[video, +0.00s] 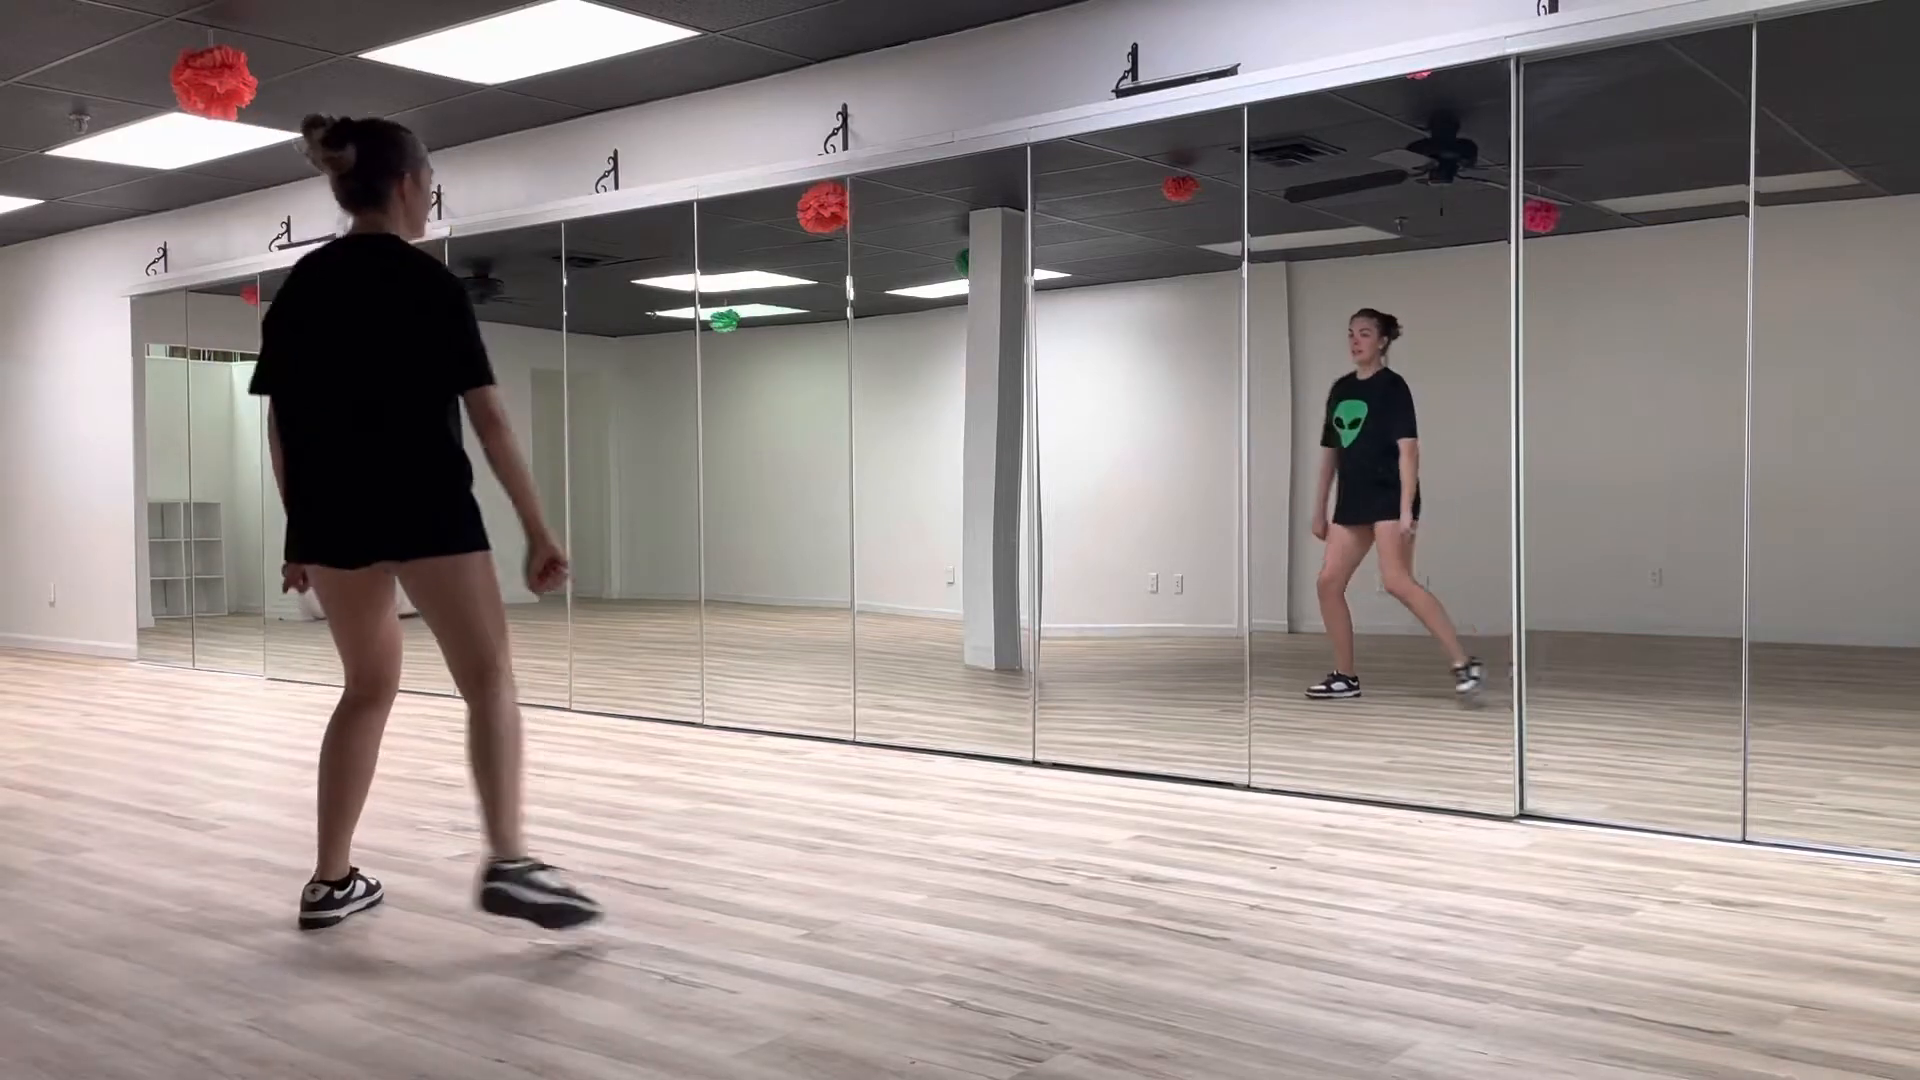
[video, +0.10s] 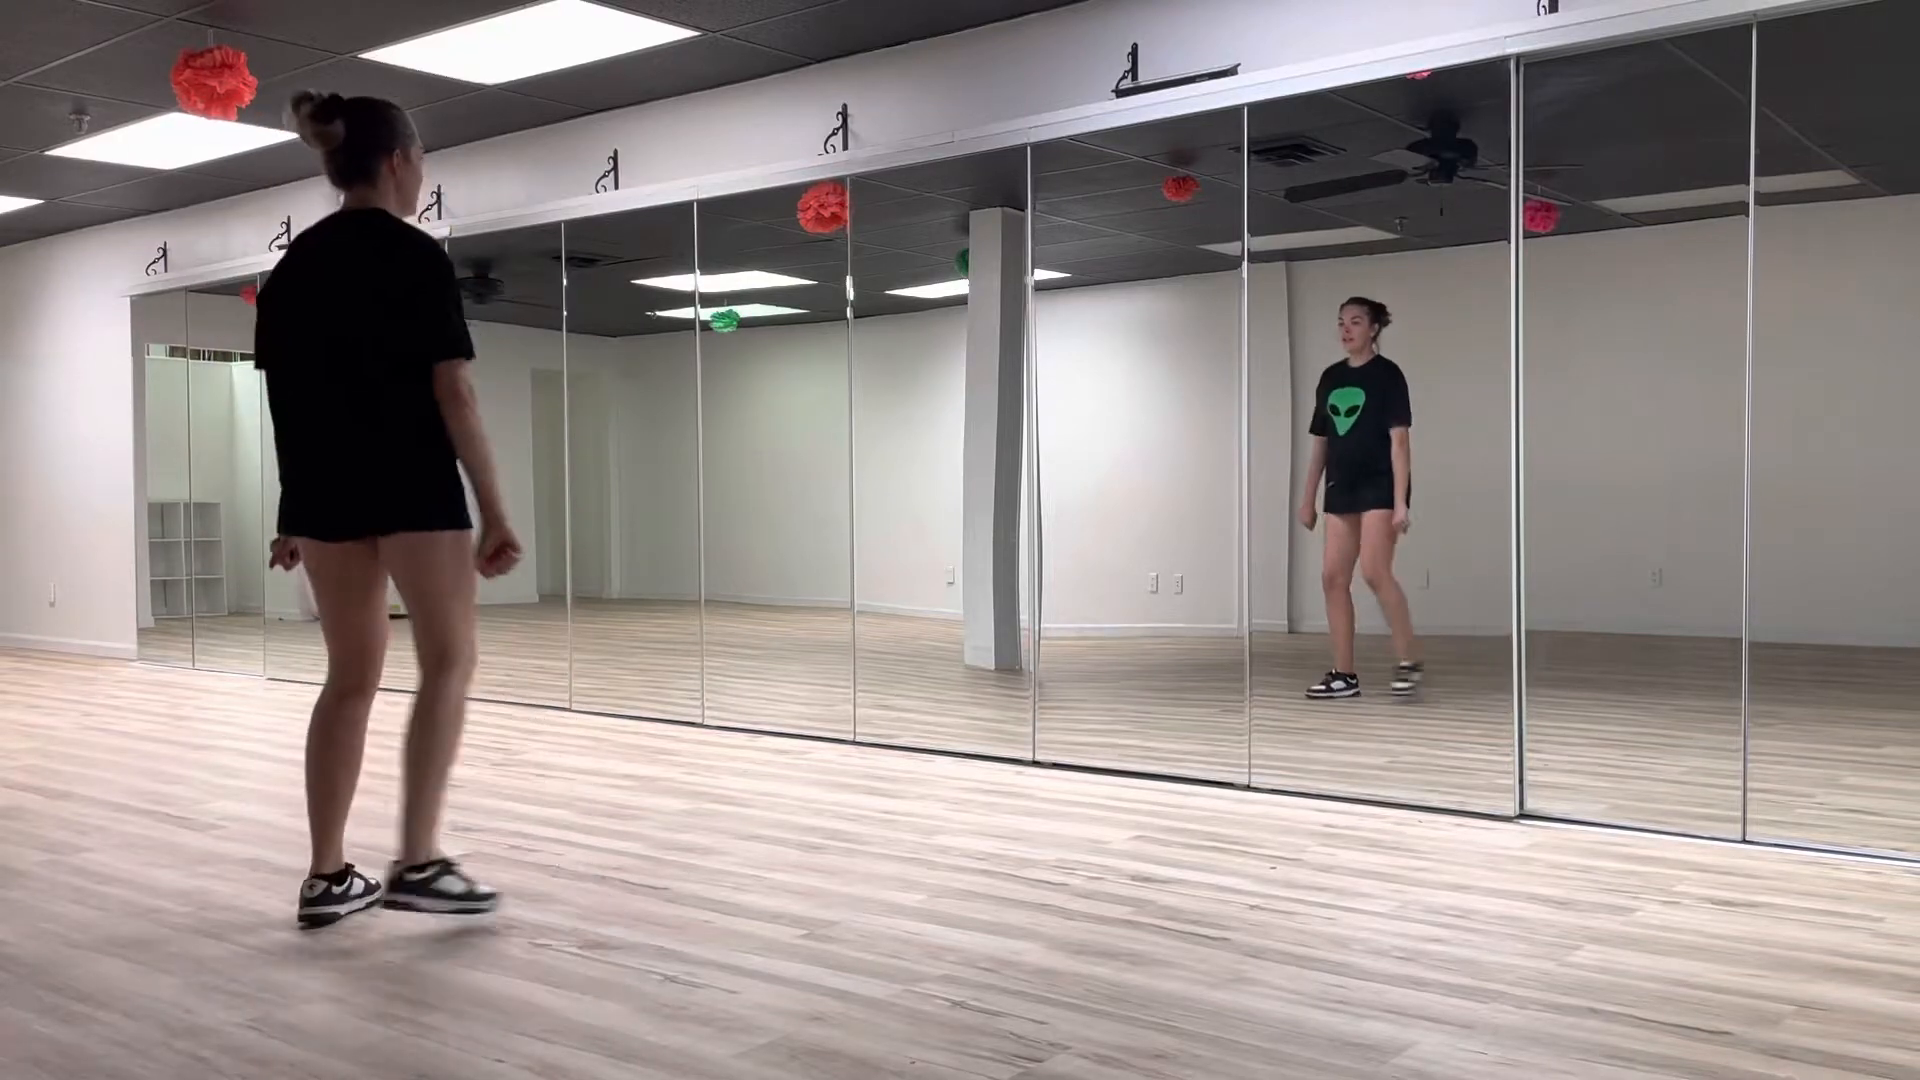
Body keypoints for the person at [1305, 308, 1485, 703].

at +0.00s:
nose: (1356, 341)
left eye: (1364, 335)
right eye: (1352, 335)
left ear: (1384, 341)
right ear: (1348, 340)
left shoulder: (1394, 387)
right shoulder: (1340, 389)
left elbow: (1408, 450)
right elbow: (1329, 455)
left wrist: (1407, 509)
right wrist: (1320, 510)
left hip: (1392, 500)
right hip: (1353, 502)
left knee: (1397, 581)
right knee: (1328, 583)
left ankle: (1462, 664)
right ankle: (1344, 675)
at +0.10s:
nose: (1346, 329)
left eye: (1355, 322)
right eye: (1342, 323)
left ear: (1374, 328)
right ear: (1339, 329)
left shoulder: (1389, 375)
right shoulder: (1330, 377)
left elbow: (1399, 442)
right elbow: (1319, 444)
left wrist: (1401, 502)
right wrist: (1308, 498)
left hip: (1380, 488)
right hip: (1340, 489)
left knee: (1375, 573)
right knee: (1334, 579)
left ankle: (1408, 661)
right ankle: (1344, 674)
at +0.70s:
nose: (1334, 339)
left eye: (1343, 333)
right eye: (1328, 333)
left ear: (1358, 339)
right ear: (1321, 340)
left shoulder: (1377, 387)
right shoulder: (1305, 385)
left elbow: (1407, 433)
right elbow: (1279, 434)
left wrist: (1441, 466)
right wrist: (1252, 458)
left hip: (1359, 500)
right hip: (1310, 498)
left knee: (1354, 582)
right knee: (1303, 583)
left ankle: (1355, 673)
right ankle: (1300, 662)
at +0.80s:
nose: (1328, 338)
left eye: (1337, 331)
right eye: (1321, 331)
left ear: (1351, 337)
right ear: (1313, 338)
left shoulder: (1369, 383)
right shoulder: (1296, 382)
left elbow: (1412, 420)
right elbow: (1263, 426)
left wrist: (1439, 419)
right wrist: (1251, 414)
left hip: (1352, 494)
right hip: (1302, 491)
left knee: (1351, 582)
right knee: (1286, 580)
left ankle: (1355, 672)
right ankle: (1258, 651)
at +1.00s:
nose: (1308, 350)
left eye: (1315, 344)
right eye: (1300, 344)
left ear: (1325, 351)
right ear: (1290, 352)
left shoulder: (1344, 392)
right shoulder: (1273, 387)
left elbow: (1396, 399)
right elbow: (1213, 396)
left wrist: (1384, 380)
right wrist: (1254, 388)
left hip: (1325, 507)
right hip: (1276, 504)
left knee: (1355, 580)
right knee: (1248, 584)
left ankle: (1354, 674)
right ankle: (1198, 662)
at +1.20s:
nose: (1293, 376)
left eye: (1299, 368)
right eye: (1284, 369)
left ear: (1308, 373)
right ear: (1273, 375)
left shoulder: (1320, 412)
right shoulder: (1256, 409)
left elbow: (1368, 411)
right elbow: (1198, 418)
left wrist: (1349, 429)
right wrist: (1235, 445)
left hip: (1303, 525)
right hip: (1258, 523)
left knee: (1348, 584)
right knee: (1238, 606)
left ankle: (1348, 674)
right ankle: (1193, 675)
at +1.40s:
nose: (1302, 367)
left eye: (1309, 360)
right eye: (1293, 361)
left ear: (1319, 366)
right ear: (1283, 370)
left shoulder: (1337, 411)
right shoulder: (1268, 412)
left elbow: (1387, 444)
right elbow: (1222, 452)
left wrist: (1369, 482)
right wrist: (1238, 501)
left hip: (1320, 518)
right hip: (1272, 518)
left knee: (1351, 586)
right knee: (1245, 598)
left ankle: (1349, 674)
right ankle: (1196, 669)